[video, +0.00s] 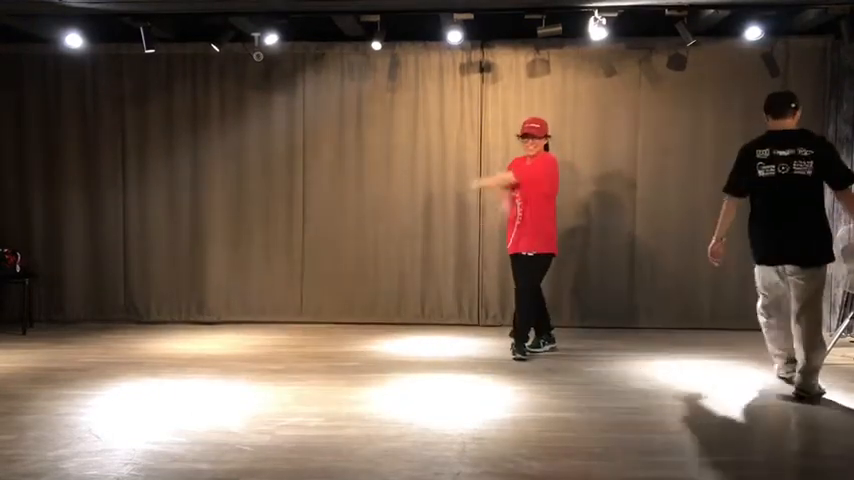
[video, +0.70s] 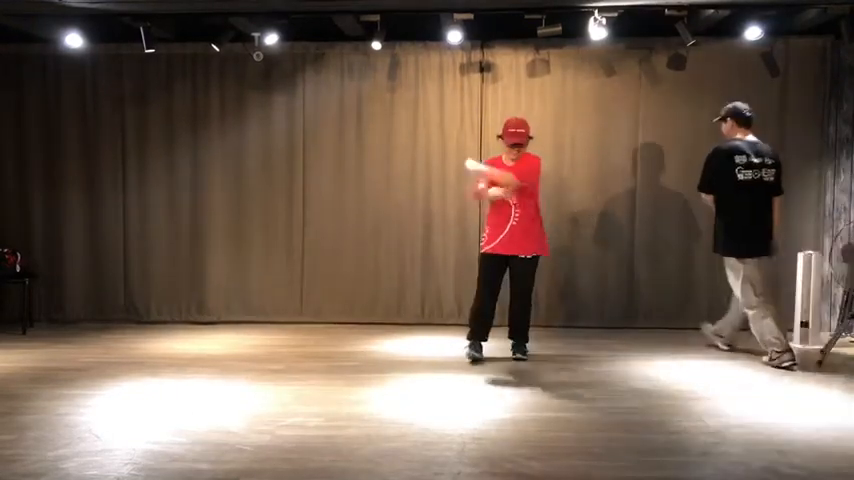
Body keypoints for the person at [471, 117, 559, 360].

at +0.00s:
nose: (530, 143)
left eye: (535, 139)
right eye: (526, 138)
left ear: (545, 141)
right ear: (521, 140)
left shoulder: (547, 163)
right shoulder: (517, 166)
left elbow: (513, 178)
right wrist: (503, 192)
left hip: (540, 240)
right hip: (518, 239)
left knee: (526, 289)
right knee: (529, 289)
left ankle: (519, 340)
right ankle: (545, 335)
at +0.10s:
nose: (526, 141)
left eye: (531, 137)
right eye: (523, 137)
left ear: (541, 140)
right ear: (518, 139)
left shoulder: (545, 164)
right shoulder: (514, 164)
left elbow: (526, 193)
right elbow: (495, 191)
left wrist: (494, 205)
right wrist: (482, 210)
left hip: (537, 242)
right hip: (513, 241)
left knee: (524, 290)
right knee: (523, 290)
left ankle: (519, 341)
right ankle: (543, 333)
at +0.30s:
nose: (514, 140)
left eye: (519, 136)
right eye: (511, 136)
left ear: (529, 140)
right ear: (507, 140)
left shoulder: (542, 161)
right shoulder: (509, 163)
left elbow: (571, 173)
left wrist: (593, 183)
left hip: (529, 241)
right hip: (504, 239)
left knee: (521, 291)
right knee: (495, 285)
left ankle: (519, 342)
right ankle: (526, 326)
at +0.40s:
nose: (515, 142)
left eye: (520, 137)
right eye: (511, 137)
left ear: (528, 139)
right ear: (505, 140)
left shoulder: (541, 160)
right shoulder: (505, 161)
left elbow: (568, 176)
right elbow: (505, 188)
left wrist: (587, 191)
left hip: (528, 238)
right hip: (502, 236)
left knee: (520, 290)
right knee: (492, 284)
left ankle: (519, 343)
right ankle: (506, 333)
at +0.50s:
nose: (517, 146)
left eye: (522, 142)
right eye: (513, 142)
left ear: (530, 142)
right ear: (506, 141)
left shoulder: (542, 167)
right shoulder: (500, 165)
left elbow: (564, 193)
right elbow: (487, 185)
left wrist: (568, 208)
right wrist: (464, 195)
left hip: (529, 245)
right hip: (499, 242)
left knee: (522, 297)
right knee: (490, 293)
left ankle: (519, 343)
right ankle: (483, 340)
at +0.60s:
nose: (519, 148)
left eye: (523, 144)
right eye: (515, 144)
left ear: (531, 142)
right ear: (506, 141)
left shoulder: (538, 166)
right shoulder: (495, 166)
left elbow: (544, 199)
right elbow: (475, 189)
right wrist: (458, 201)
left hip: (528, 244)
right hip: (497, 242)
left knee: (523, 297)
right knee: (486, 292)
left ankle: (519, 343)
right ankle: (473, 340)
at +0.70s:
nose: (515, 150)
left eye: (520, 145)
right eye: (511, 145)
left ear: (528, 142)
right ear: (502, 141)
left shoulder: (532, 163)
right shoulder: (490, 165)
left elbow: (515, 181)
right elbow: (476, 191)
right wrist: (492, 191)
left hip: (526, 242)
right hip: (495, 240)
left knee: (521, 296)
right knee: (485, 294)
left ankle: (519, 343)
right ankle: (476, 342)